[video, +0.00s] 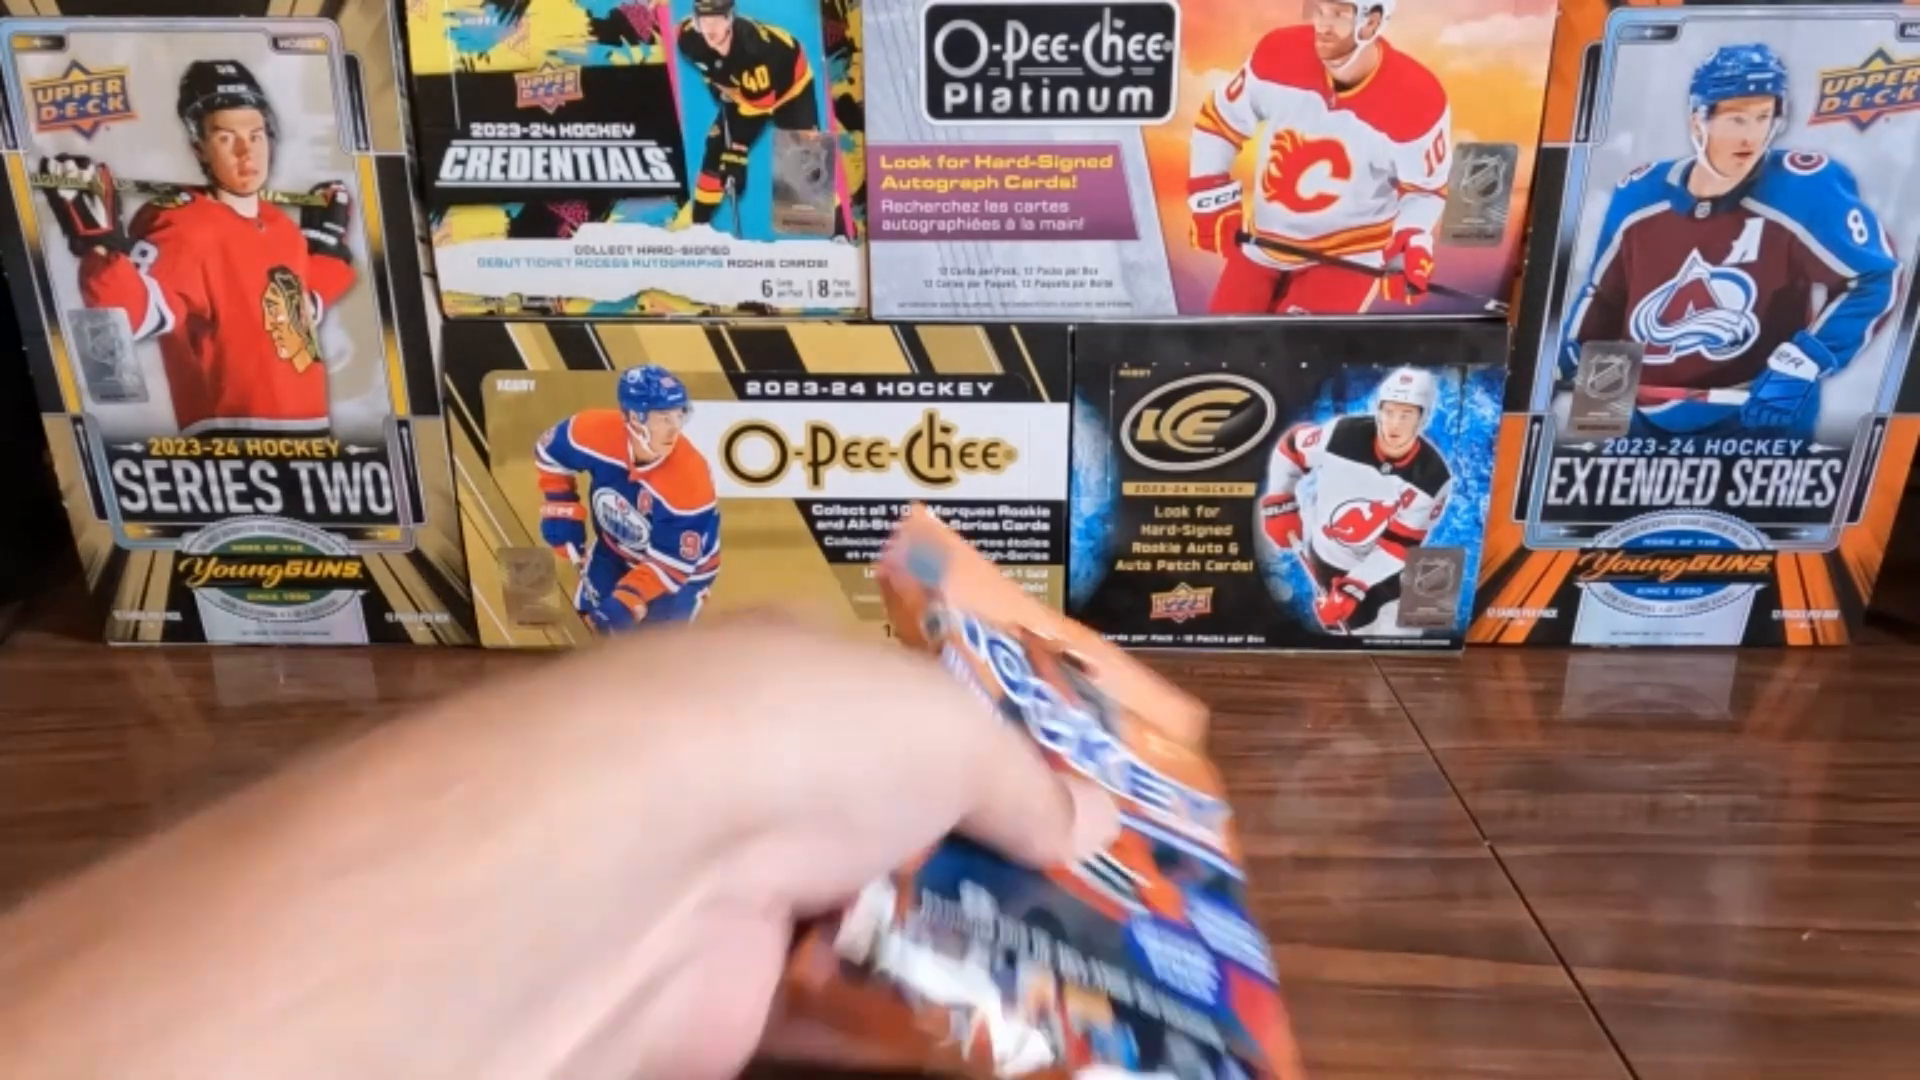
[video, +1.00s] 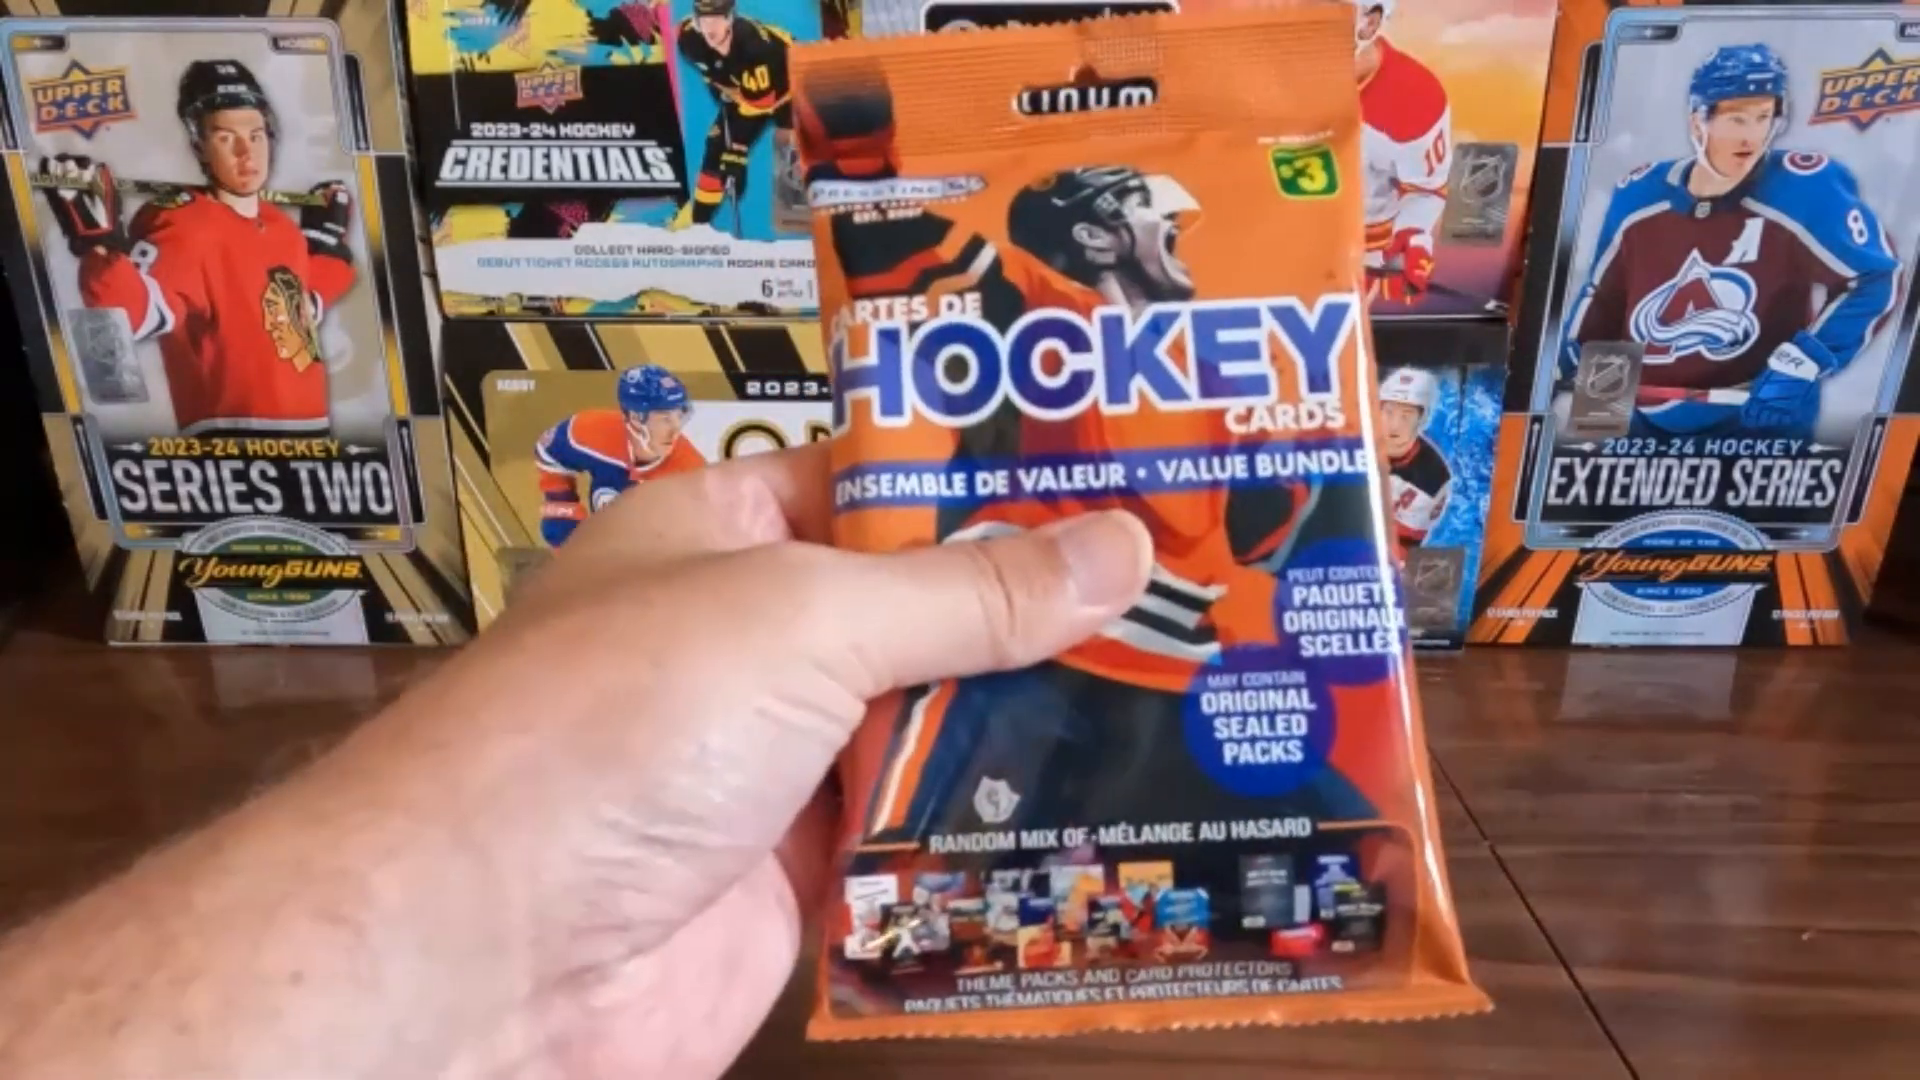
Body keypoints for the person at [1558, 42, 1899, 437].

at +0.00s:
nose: (1749, 135)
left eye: (1761, 118)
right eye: (1734, 119)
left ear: (1775, 123)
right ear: (1698, 124)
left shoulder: (1803, 193)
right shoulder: (1638, 197)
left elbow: (1878, 279)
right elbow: (1600, 296)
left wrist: (1801, 364)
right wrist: (1574, 366)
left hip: (1745, 425)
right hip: (1638, 421)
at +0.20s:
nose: (1749, 135)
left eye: (1762, 118)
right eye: (1734, 119)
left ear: (1775, 123)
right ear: (1698, 124)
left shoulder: (1803, 192)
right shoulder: (1638, 197)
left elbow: (1877, 279)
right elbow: (1600, 294)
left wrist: (1801, 365)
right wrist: (1572, 365)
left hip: (1744, 425)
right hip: (1637, 420)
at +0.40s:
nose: (1749, 135)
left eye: (1762, 118)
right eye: (1734, 119)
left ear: (1775, 123)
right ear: (1698, 124)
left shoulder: (1803, 193)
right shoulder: (1638, 197)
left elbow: (1877, 279)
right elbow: (1600, 295)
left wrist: (1800, 365)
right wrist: (1576, 367)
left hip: (1744, 426)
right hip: (1637, 421)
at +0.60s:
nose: (1749, 135)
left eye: (1762, 118)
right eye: (1734, 119)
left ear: (1775, 123)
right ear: (1698, 125)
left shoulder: (1805, 192)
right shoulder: (1638, 197)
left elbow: (1878, 279)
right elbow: (1599, 295)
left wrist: (1801, 364)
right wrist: (1574, 367)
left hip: (1745, 427)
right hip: (1637, 422)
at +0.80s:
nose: (1749, 135)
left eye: (1762, 119)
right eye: (1734, 119)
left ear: (1775, 123)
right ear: (1698, 125)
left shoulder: (1805, 193)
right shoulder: (1638, 197)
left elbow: (1879, 279)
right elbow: (1599, 295)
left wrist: (1802, 364)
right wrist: (1573, 366)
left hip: (1746, 427)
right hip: (1638, 422)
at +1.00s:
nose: (1749, 135)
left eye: (1762, 118)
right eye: (1734, 119)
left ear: (1775, 123)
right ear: (1698, 124)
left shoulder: (1804, 192)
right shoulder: (1638, 197)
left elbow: (1878, 279)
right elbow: (1599, 295)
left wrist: (1801, 364)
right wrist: (1578, 367)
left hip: (1746, 427)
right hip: (1638, 422)